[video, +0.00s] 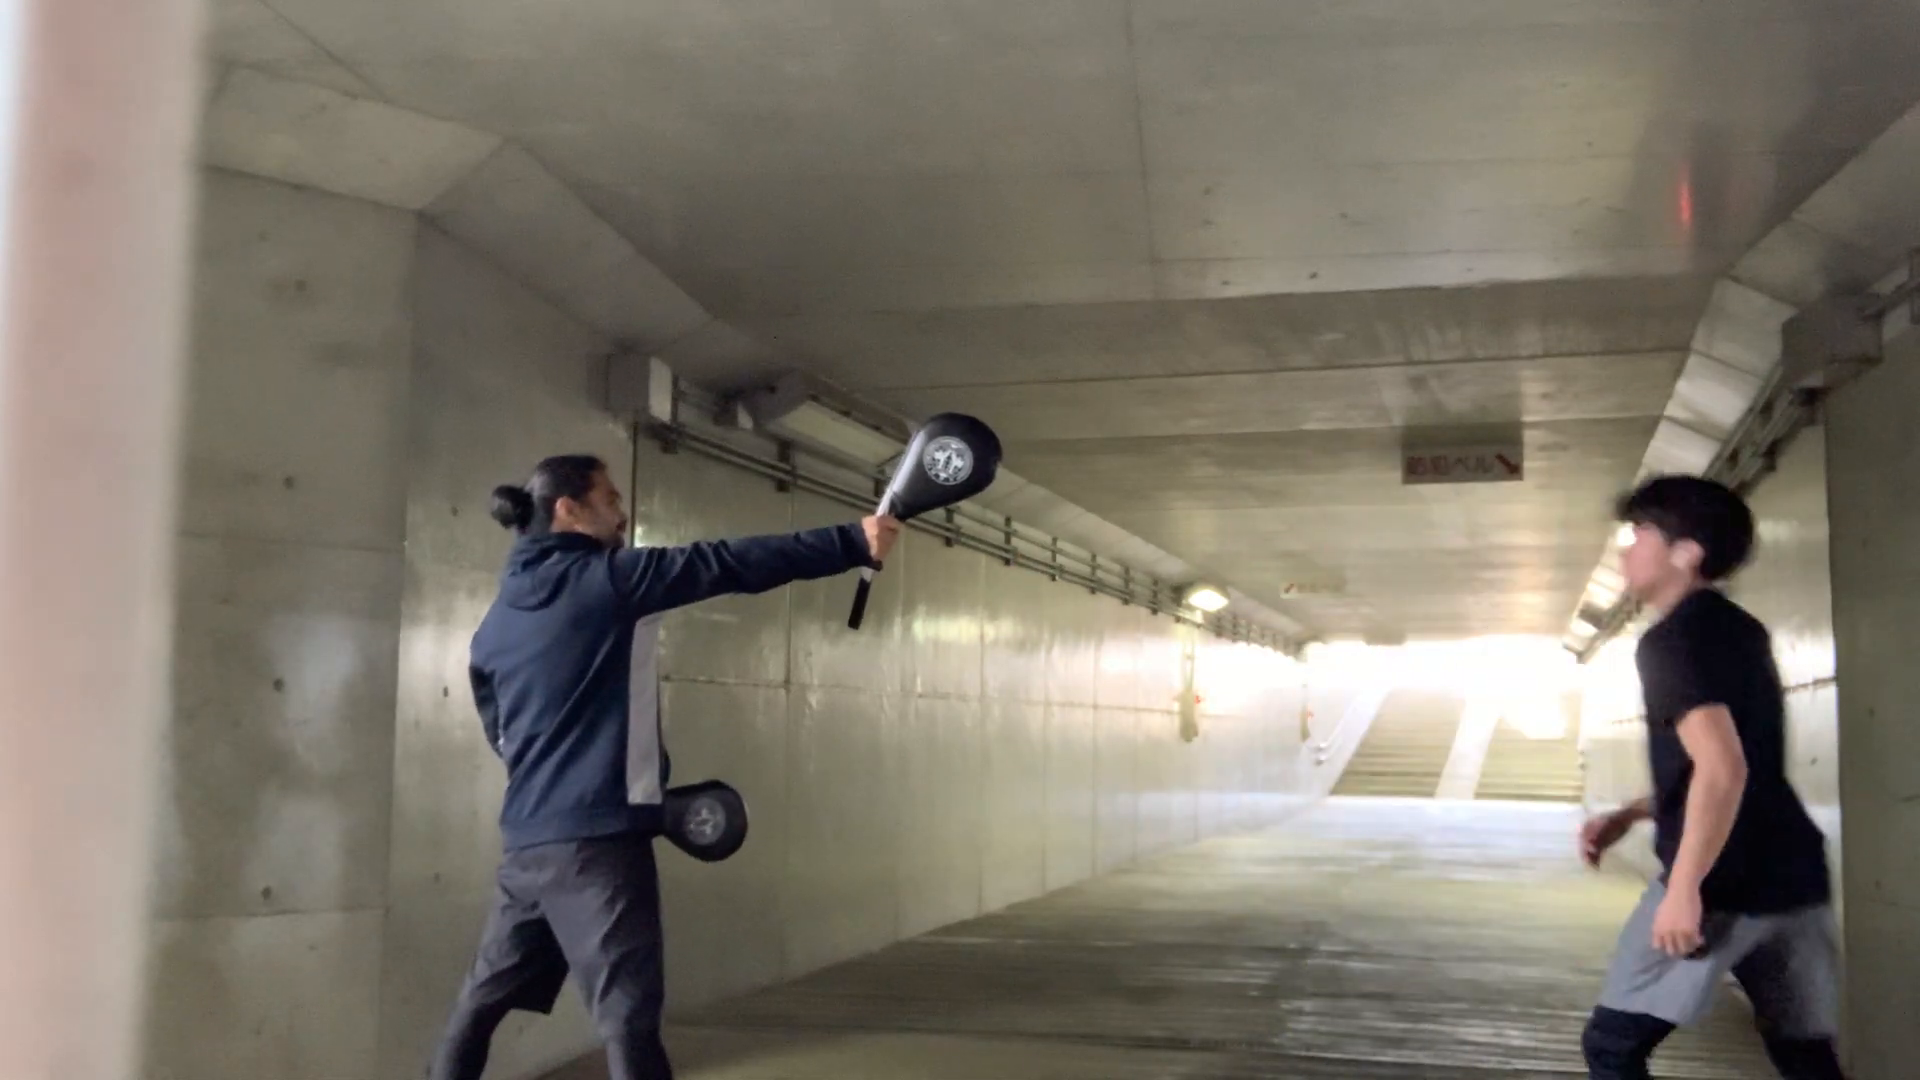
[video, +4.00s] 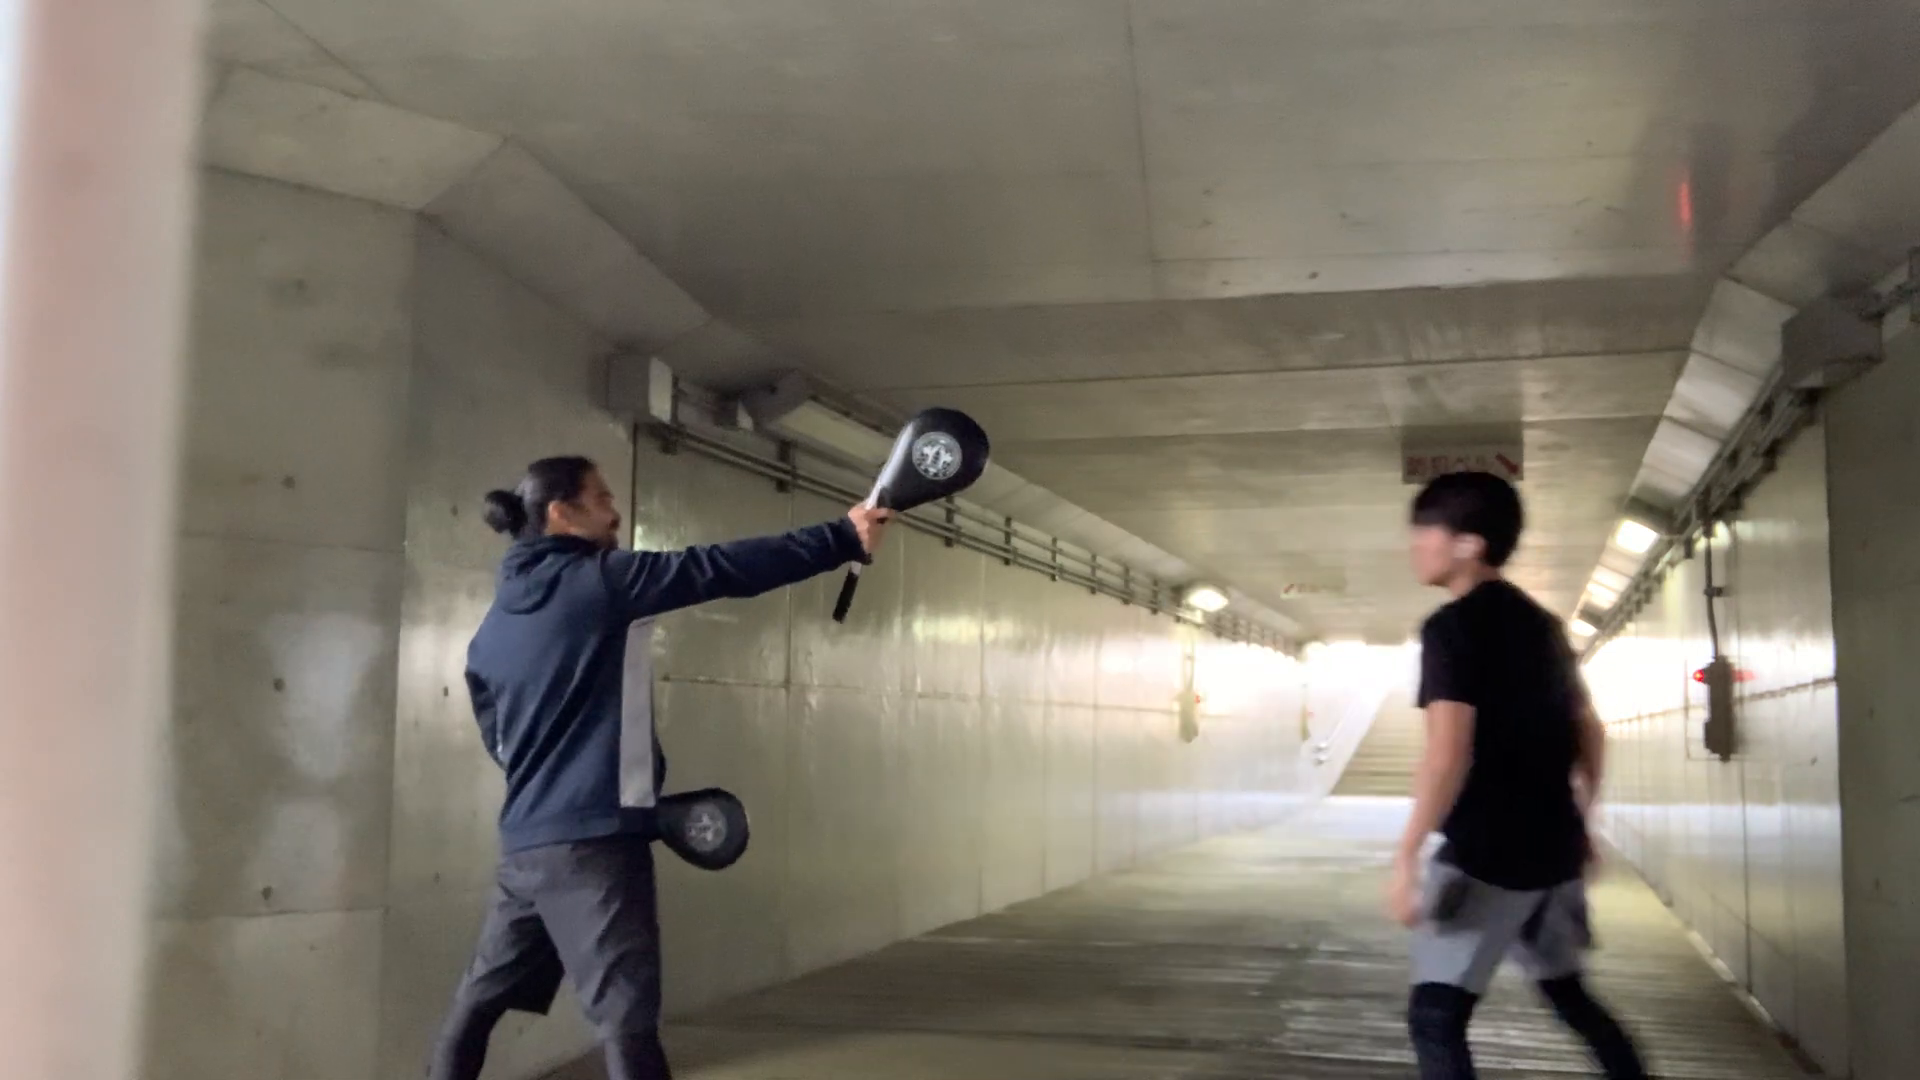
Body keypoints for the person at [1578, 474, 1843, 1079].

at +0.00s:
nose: (1625, 548)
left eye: (1640, 532)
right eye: (1631, 531)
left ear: (1687, 554)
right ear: (1690, 556)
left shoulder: (1671, 640)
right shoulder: (1743, 630)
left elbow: (1723, 768)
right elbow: (1719, 769)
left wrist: (1683, 887)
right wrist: (1629, 817)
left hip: (1713, 883)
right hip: (1790, 873)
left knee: (1612, 1046)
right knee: (1808, 1055)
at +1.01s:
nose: (1638, 522)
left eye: (1650, 509)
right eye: (1642, 508)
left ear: (1700, 527)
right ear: (1706, 531)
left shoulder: (1649, 591)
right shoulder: (1775, 623)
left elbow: (1627, 690)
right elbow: (1818, 745)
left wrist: (1566, 766)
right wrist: (1749, 788)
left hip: (1657, 840)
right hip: (1753, 850)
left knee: (1578, 1024)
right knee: (1808, 1035)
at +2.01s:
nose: (1511, 567)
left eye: (1529, 556)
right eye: (1519, 552)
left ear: (1570, 582)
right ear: (1567, 583)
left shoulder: (1553, 660)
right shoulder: (1566, 662)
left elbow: (1524, 765)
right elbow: (1576, 800)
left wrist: (1393, 752)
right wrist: (1571, 899)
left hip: (1498, 898)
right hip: (1537, 900)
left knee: (1376, 1032)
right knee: (1533, 1047)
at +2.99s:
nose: (1245, 601)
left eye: (1263, 590)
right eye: (1236, 579)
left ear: (1281, 586)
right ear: (1206, 550)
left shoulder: (1252, 644)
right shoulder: (1132, 608)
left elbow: (1197, 709)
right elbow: (1053, 690)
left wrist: (1214, 741)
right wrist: (1109, 787)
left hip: (1175, 829)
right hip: (1091, 822)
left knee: (1210, 997)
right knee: (1046, 997)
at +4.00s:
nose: (1413, 544)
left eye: (1424, 530)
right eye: (1415, 530)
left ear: (1469, 544)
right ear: (1478, 547)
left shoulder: (1452, 627)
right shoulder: (1540, 623)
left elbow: (1448, 755)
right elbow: (1589, 734)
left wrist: (1407, 856)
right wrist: (1580, 819)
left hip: (1486, 855)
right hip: (1555, 848)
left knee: (1435, 1019)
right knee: (1569, 994)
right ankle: (1632, 1070)